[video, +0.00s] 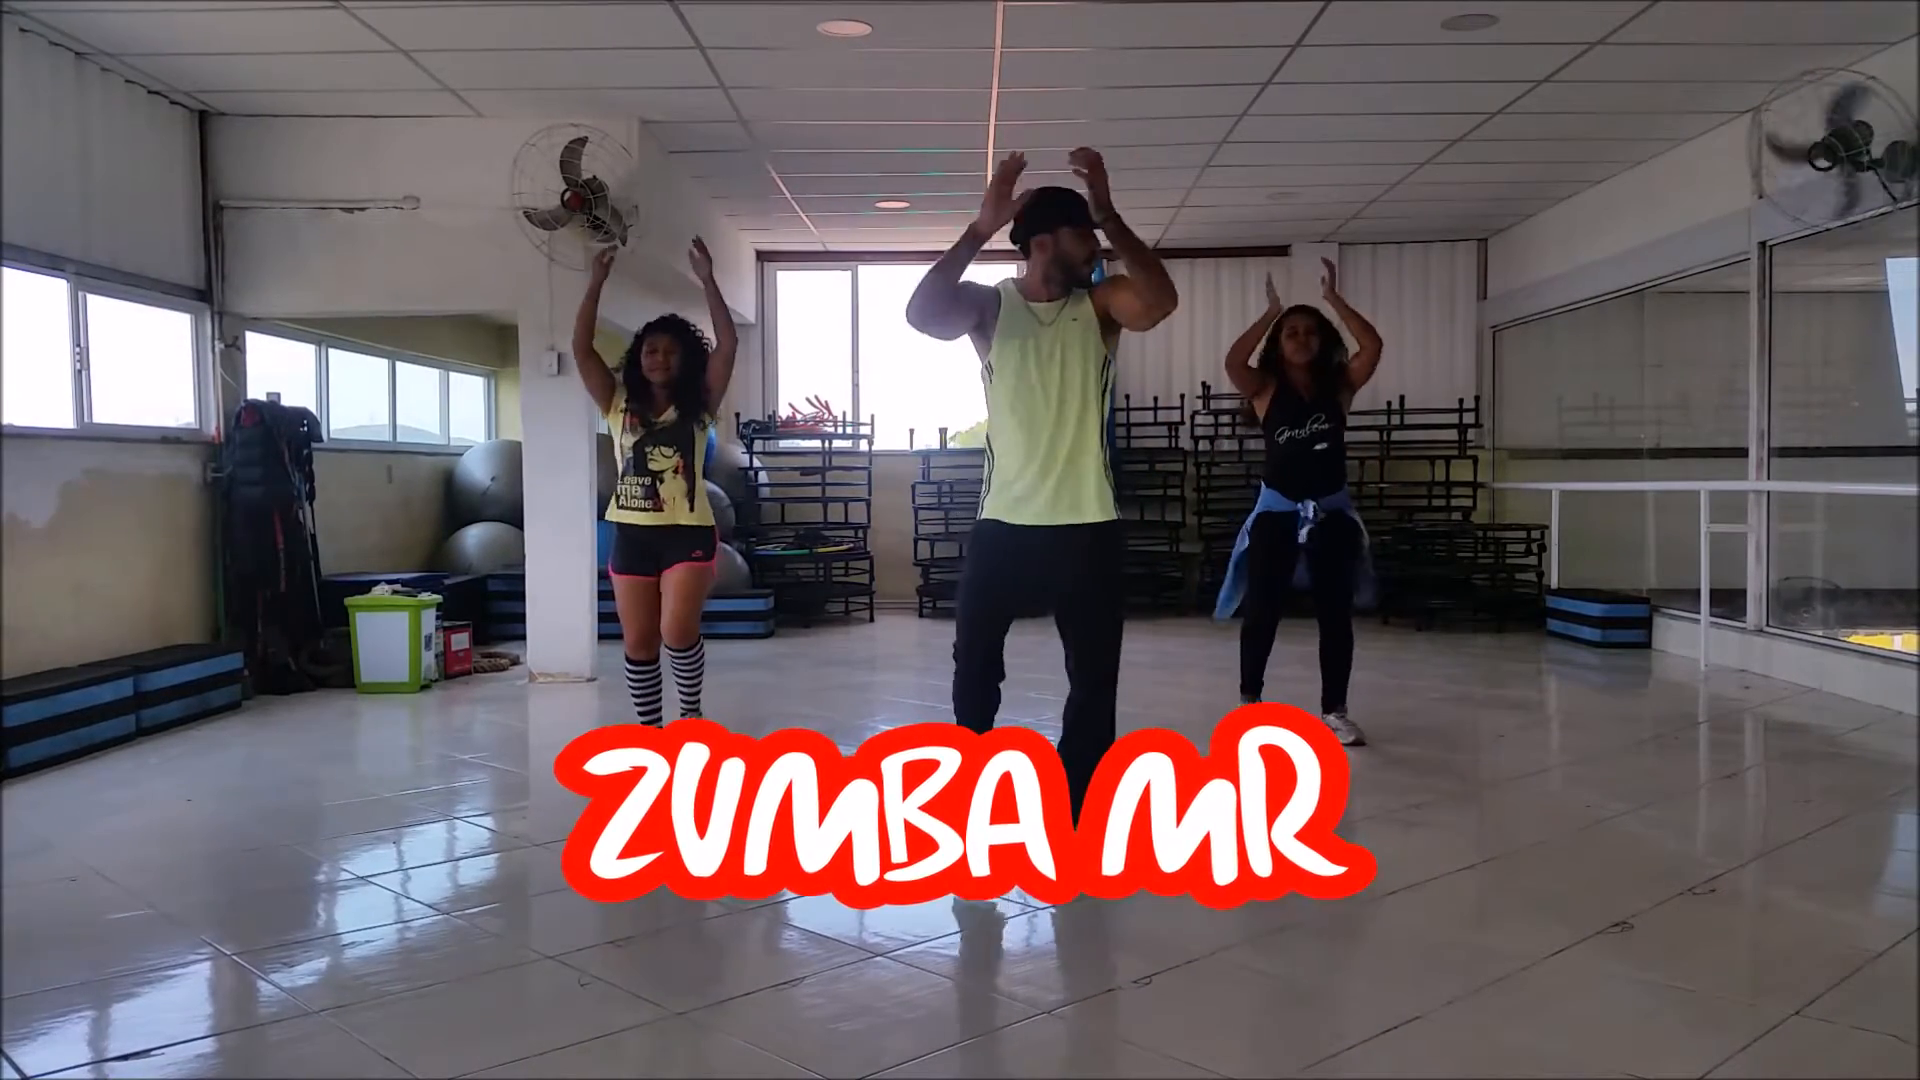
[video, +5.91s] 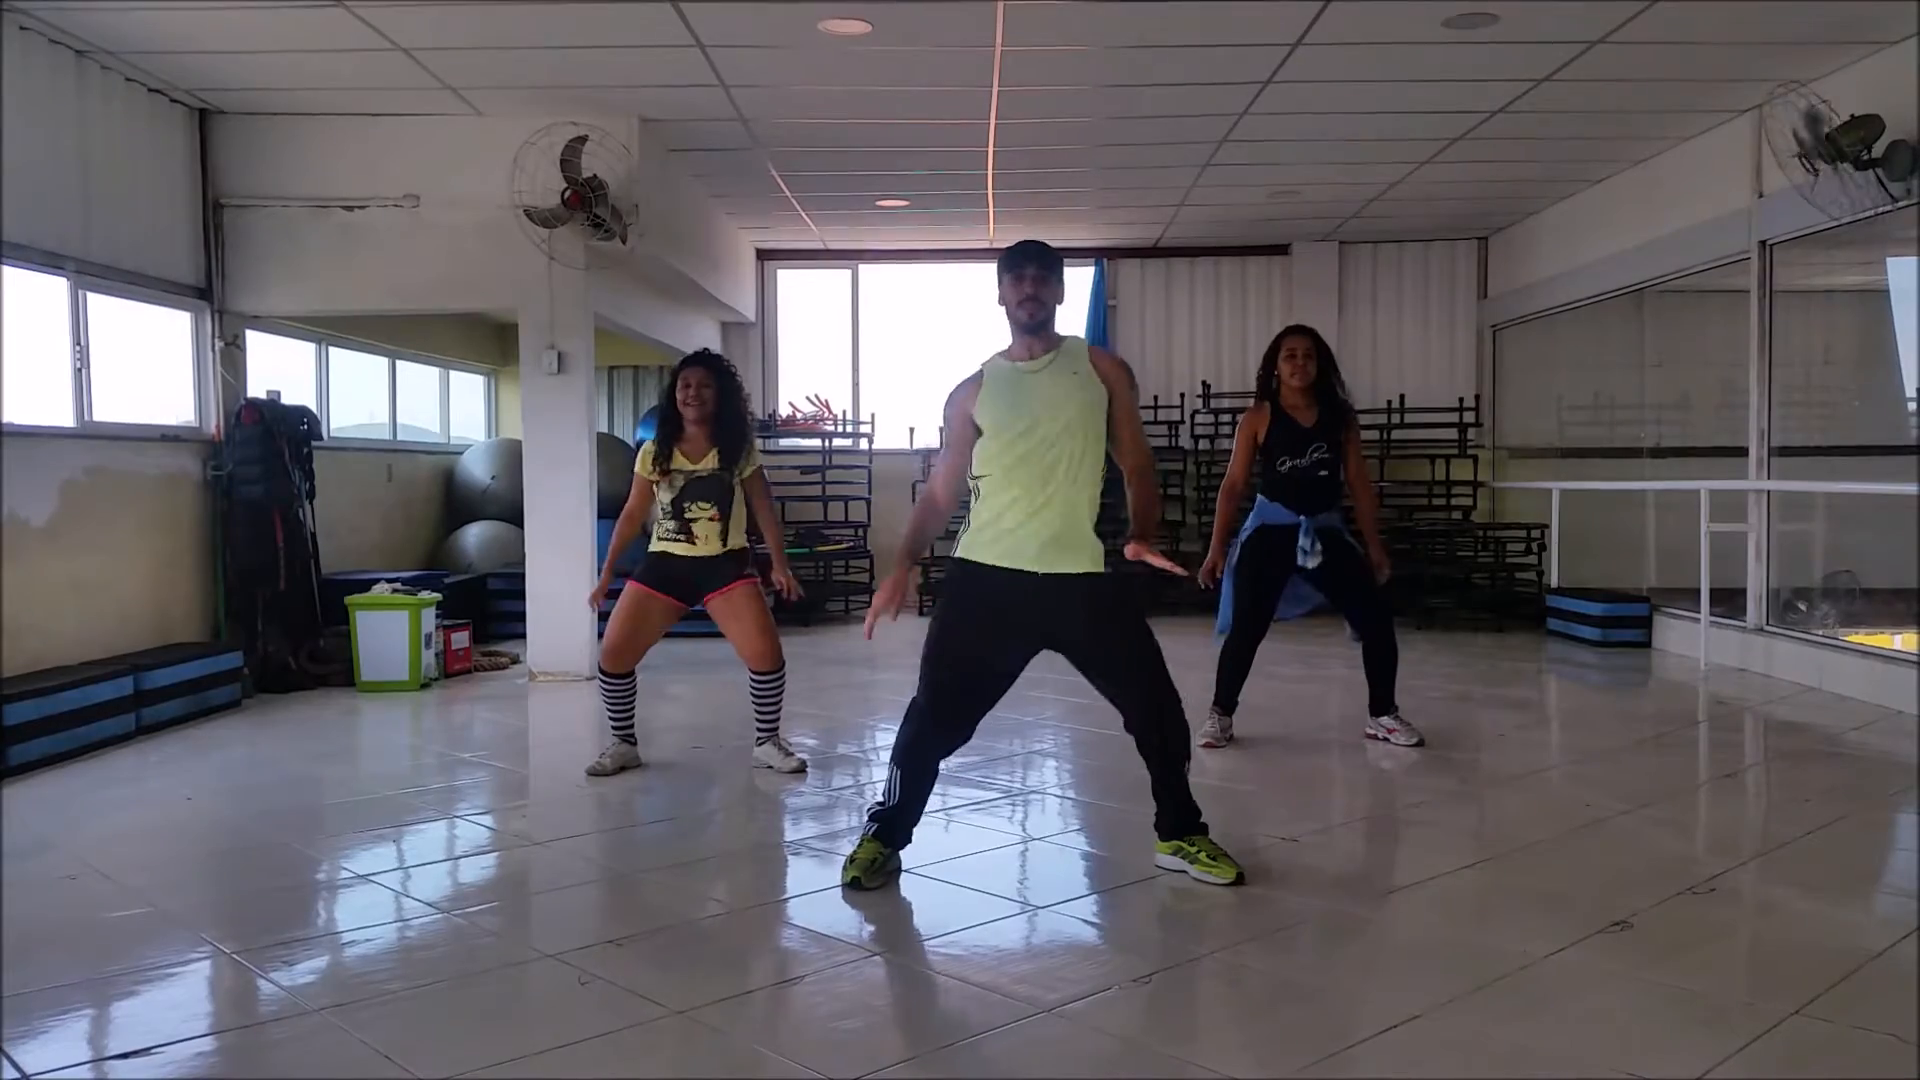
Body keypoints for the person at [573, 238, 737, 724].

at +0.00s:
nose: (659, 359)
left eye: (670, 351)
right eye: (651, 351)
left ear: (686, 360)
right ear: (638, 358)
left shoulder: (700, 405)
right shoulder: (617, 404)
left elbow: (726, 343)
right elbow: (582, 347)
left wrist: (708, 280)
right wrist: (595, 282)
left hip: (688, 538)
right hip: (631, 539)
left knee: (678, 633)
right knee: (638, 645)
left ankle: (691, 722)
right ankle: (650, 736)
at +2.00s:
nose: (654, 362)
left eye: (664, 354)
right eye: (646, 353)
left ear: (681, 361)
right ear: (634, 358)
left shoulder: (695, 406)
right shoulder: (618, 403)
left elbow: (721, 347)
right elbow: (585, 345)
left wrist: (703, 282)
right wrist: (596, 279)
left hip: (685, 536)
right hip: (628, 537)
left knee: (680, 634)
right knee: (636, 642)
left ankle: (690, 723)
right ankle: (648, 740)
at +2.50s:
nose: (664, 359)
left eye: (674, 351)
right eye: (656, 351)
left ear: (691, 360)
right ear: (645, 358)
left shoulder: (711, 412)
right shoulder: (628, 410)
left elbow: (763, 408)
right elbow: (564, 410)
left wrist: (726, 355)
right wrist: (588, 352)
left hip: (696, 540)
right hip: (637, 538)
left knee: (689, 641)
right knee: (620, 640)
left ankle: (688, 739)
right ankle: (626, 740)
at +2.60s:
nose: (662, 361)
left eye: (673, 353)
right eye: (654, 353)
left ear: (691, 362)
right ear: (645, 360)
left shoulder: (706, 418)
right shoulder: (629, 413)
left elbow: (756, 468)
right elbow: (580, 466)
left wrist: (737, 438)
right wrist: (574, 448)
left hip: (695, 541)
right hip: (636, 539)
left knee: (688, 642)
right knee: (623, 643)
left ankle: (688, 739)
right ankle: (625, 744)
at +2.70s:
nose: (661, 366)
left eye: (672, 358)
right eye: (653, 358)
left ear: (690, 367)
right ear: (642, 366)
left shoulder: (706, 423)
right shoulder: (625, 418)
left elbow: (729, 479)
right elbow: (595, 477)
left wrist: (736, 497)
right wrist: (575, 515)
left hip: (693, 547)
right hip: (634, 545)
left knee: (687, 648)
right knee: (614, 645)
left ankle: (687, 740)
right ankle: (625, 745)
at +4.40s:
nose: (687, 378)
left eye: (698, 371)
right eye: (680, 371)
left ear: (716, 380)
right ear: (670, 380)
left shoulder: (737, 437)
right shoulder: (655, 434)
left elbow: (756, 499)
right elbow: (634, 490)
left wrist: (755, 550)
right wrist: (596, 521)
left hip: (723, 563)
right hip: (658, 562)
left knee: (770, 649)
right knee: (616, 651)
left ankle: (767, 744)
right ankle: (624, 745)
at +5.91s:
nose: (692, 394)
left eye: (702, 387)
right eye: (684, 386)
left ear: (720, 395)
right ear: (675, 393)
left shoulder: (739, 449)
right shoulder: (655, 451)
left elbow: (762, 507)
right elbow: (632, 515)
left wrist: (779, 563)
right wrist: (607, 574)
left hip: (726, 569)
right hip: (664, 568)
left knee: (766, 653)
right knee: (614, 651)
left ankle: (768, 744)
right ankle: (623, 745)